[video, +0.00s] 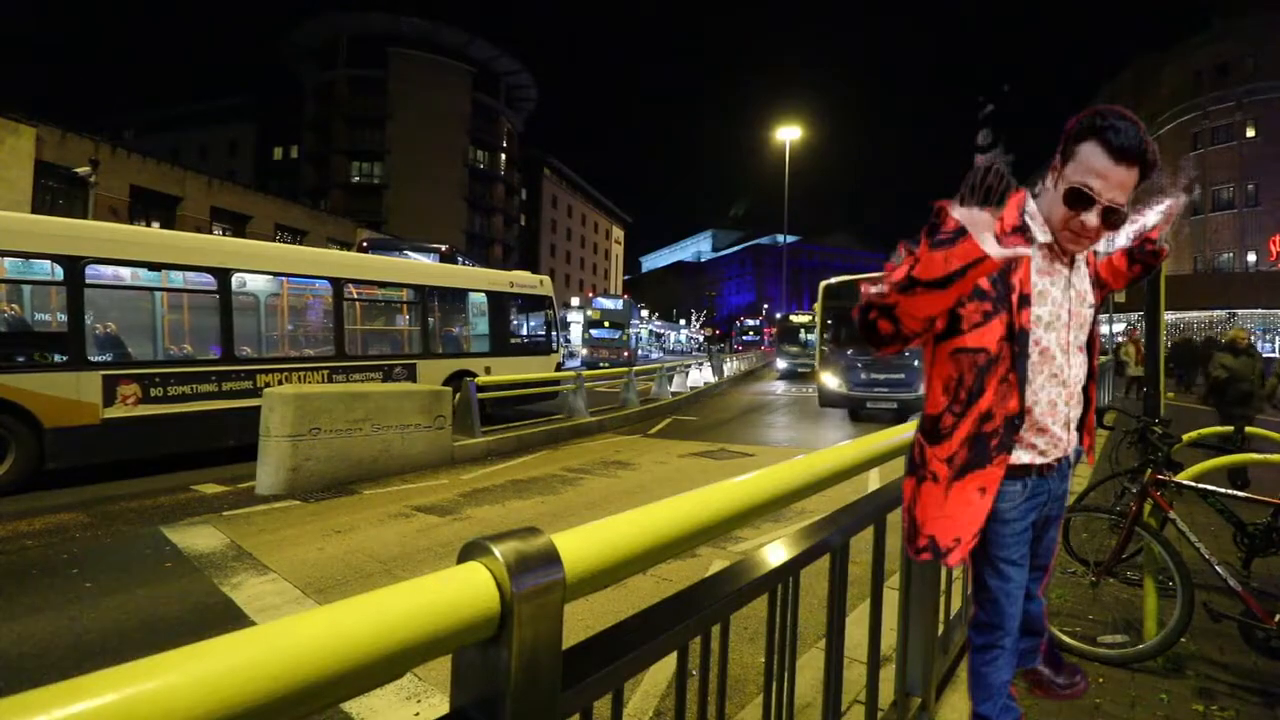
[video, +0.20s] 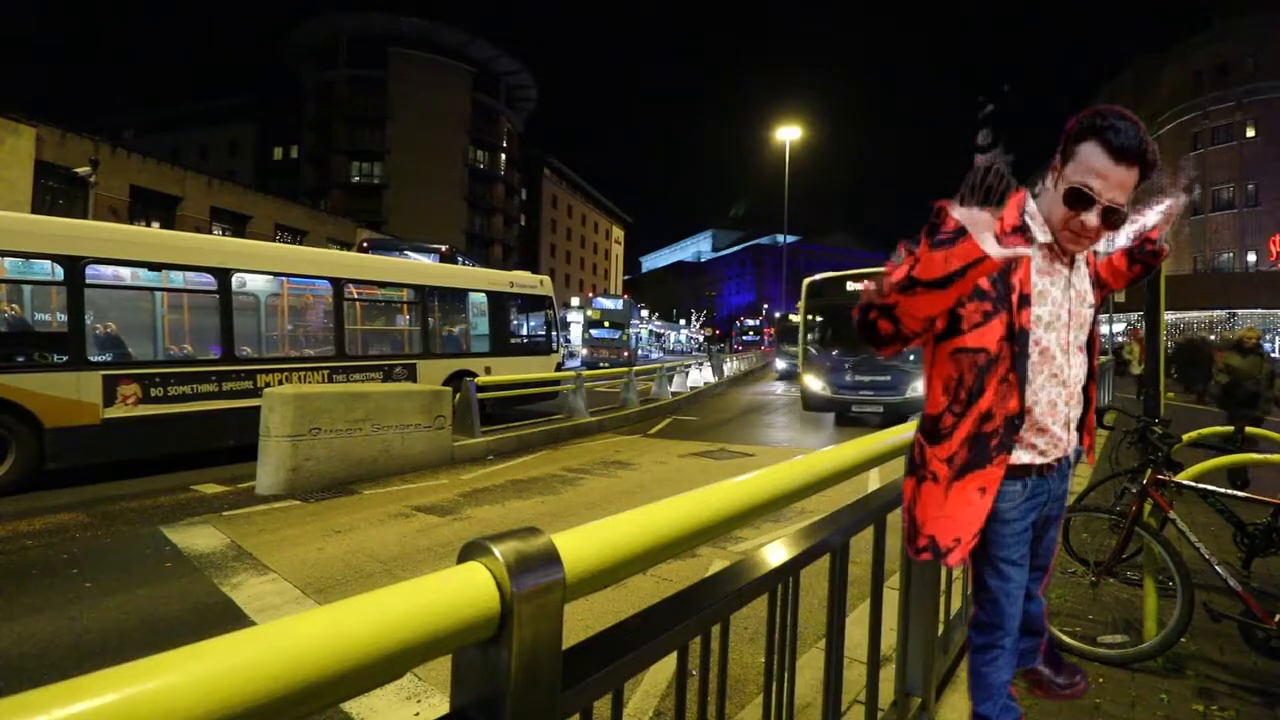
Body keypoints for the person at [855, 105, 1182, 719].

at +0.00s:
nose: (1090, 222)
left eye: (1110, 211)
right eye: (1080, 197)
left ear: (1123, 210)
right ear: (1052, 171)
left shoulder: (1084, 263)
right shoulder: (985, 242)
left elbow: (1115, 271)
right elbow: (879, 325)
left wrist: (1152, 239)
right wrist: (964, 248)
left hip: (1057, 466)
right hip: (999, 474)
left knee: (1035, 580)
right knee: (1000, 613)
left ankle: (1028, 659)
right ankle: (994, 710)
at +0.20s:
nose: (1090, 222)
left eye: (1110, 212)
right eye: (1080, 197)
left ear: (1123, 210)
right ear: (1052, 170)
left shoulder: (1084, 262)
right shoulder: (984, 242)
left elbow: (1113, 272)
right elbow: (879, 327)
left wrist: (1152, 239)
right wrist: (965, 247)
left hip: (1057, 466)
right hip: (999, 473)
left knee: (1034, 580)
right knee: (1000, 613)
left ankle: (1028, 659)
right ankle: (994, 710)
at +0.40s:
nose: (1090, 222)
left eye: (1110, 212)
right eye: (1080, 197)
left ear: (1123, 210)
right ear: (1052, 170)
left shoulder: (1084, 262)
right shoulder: (984, 241)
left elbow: (1114, 271)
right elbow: (883, 327)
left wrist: (1152, 239)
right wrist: (965, 246)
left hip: (1057, 466)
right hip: (999, 473)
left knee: (1035, 580)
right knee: (1000, 612)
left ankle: (1027, 659)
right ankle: (994, 710)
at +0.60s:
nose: (1089, 222)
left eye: (1110, 212)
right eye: (1080, 197)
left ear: (1123, 211)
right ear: (1052, 171)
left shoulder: (1084, 263)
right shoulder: (984, 241)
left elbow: (1114, 271)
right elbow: (883, 327)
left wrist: (1152, 239)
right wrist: (966, 246)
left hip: (1057, 466)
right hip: (999, 473)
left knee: (1035, 580)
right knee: (1000, 612)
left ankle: (1027, 658)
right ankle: (994, 709)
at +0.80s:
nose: (1089, 222)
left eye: (1109, 212)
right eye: (1079, 198)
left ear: (1123, 211)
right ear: (1052, 171)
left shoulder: (1085, 264)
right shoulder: (984, 243)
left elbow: (1116, 270)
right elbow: (882, 327)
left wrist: (1151, 240)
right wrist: (963, 246)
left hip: (1057, 467)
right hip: (1000, 474)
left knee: (1035, 581)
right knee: (1000, 611)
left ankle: (1028, 659)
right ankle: (994, 709)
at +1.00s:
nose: (1089, 222)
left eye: (1109, 212)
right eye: (1080, 197)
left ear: (1123, 211)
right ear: (1052, 171)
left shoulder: (1083, 263)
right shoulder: (982, 241)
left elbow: (1111, 274)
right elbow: (882, 328)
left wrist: (1150, 241)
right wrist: (963, 246)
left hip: (1057, 468)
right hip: (1000, 474)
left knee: (1034, 581)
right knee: (1000, 612)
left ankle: (1028, 659)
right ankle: (994, 709)